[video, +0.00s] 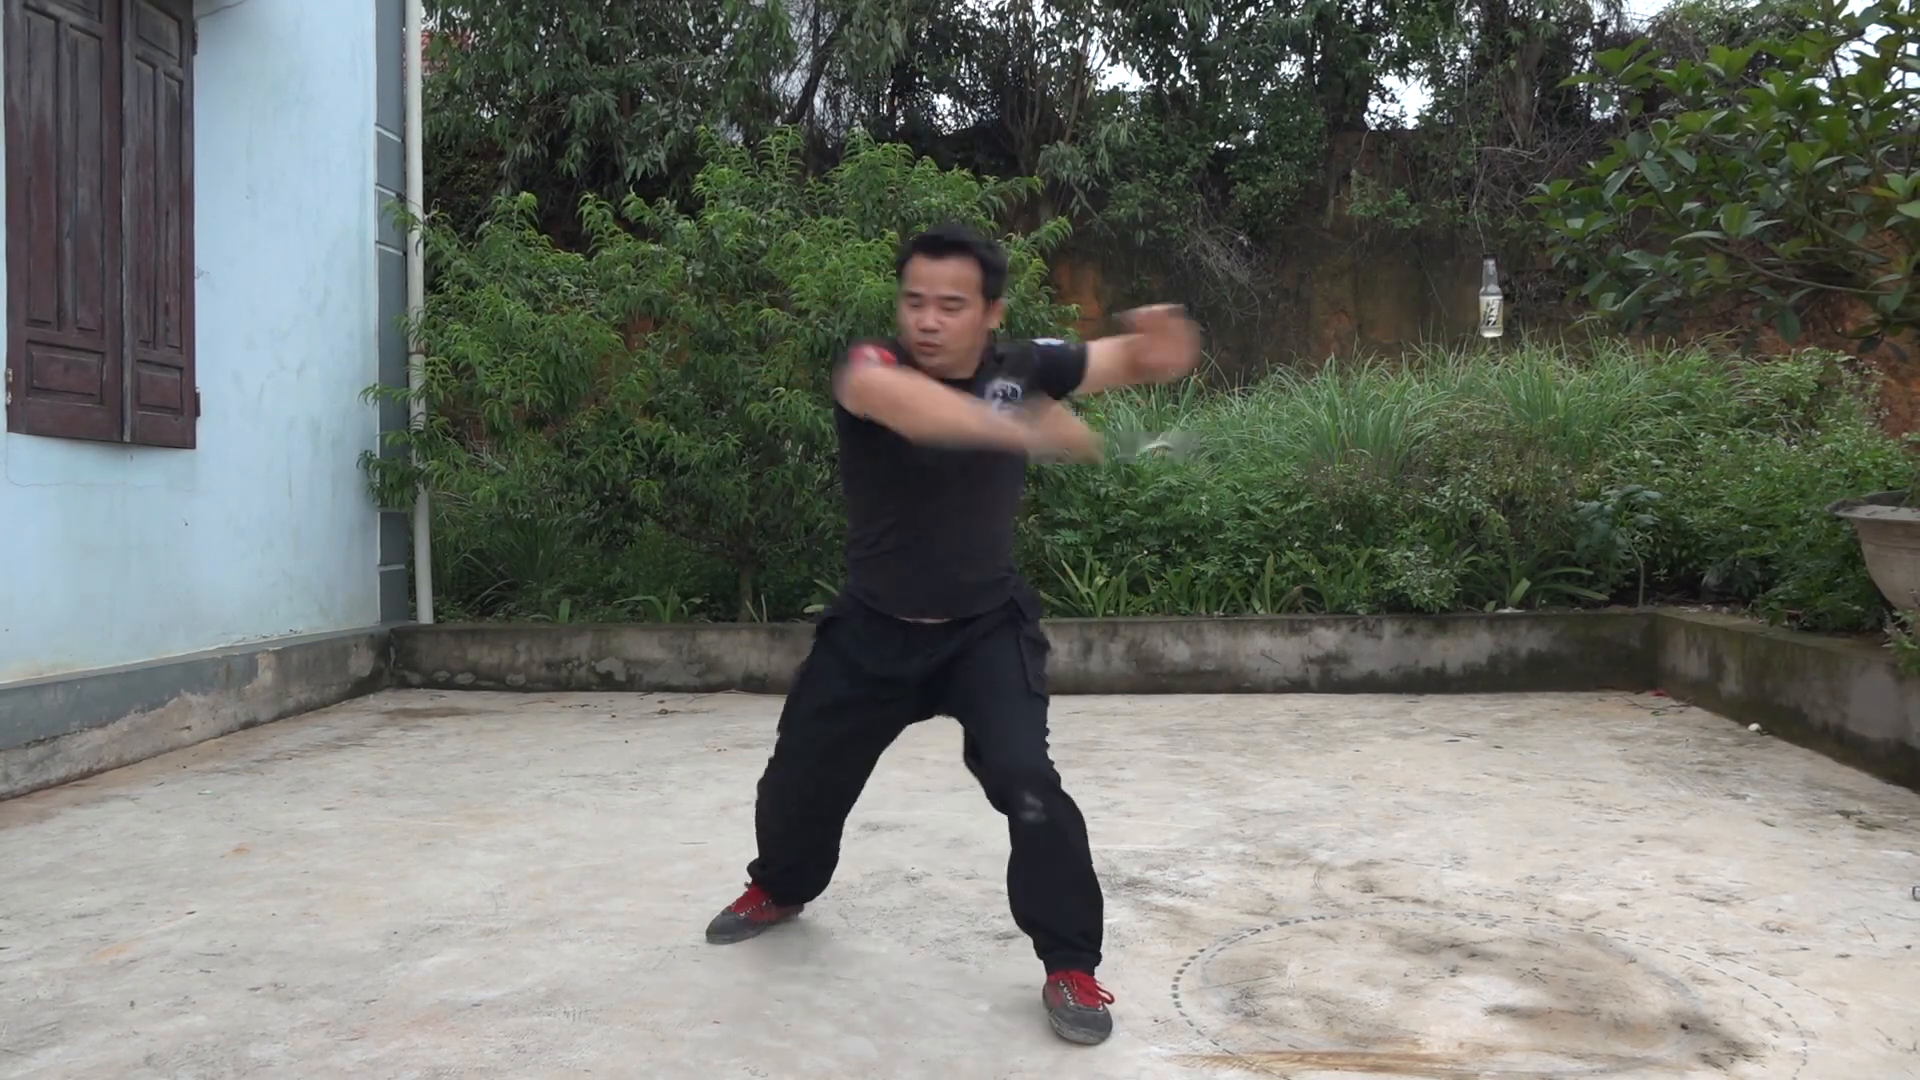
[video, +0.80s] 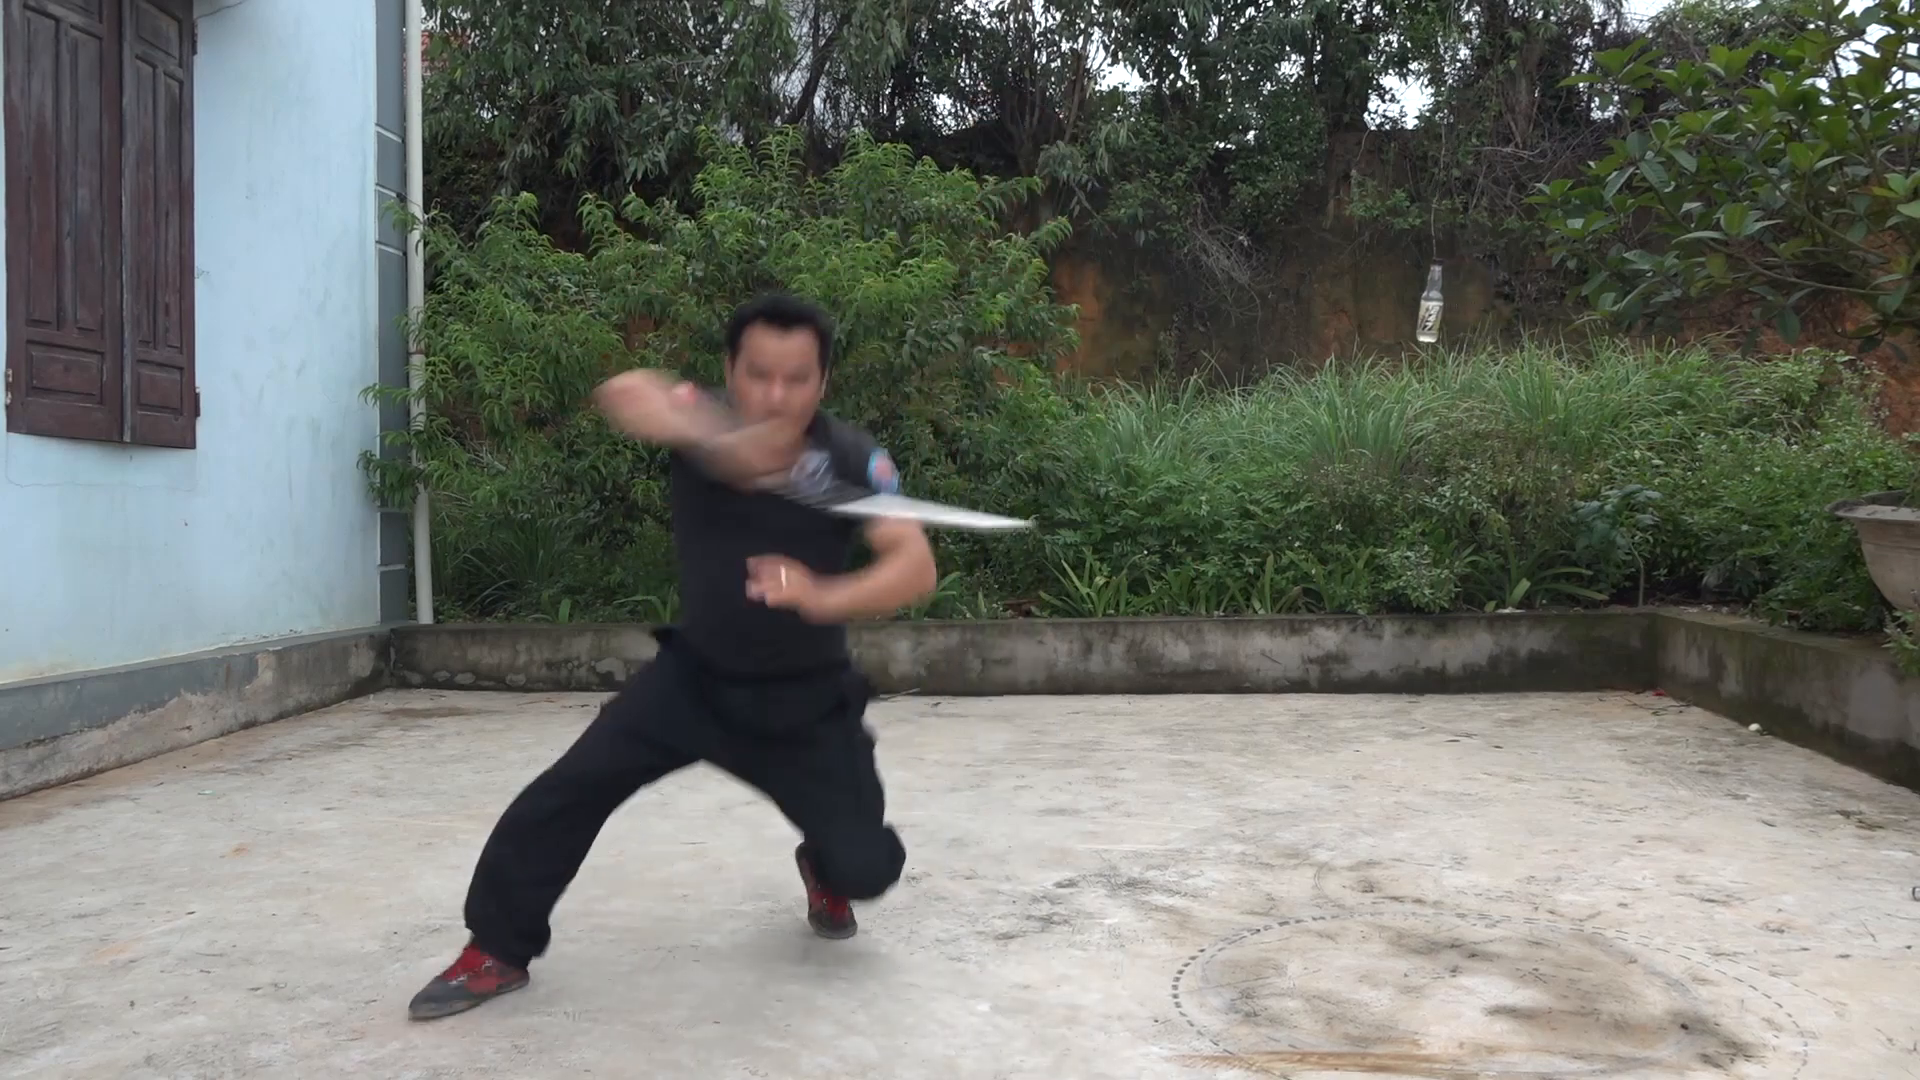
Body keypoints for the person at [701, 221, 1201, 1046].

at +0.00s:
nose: (929, 319)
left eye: (951, 304)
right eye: (915, 300)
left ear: (990, 316)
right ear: (898, 304)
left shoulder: (1018, 374)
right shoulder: (867, 365)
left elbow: (1129, 357)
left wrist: (1165, 345)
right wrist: (1023, 427)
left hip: (985, 632)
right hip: (870, 629)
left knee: (1027, 784)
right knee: (797, 778)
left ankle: (1070, 966)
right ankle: (781, 887)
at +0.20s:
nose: (831, 273)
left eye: (837, 257)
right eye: (832, 258)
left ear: (878, 261)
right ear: (884, 262)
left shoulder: (959, 352)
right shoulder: (871, 337)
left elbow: (1013, 480)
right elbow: (792, 347)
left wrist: (1030, 607)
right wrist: (695, 363)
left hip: (945, 600)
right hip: (878, 601)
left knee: (945, 772)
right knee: (830, 755)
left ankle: (1051, 963)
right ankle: (884, 923)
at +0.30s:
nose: (820, 276)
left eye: (821, 262)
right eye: (823, 262)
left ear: (833, 263)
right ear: (900, 263)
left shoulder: (858, 342)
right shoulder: (944, 339)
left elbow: (798, 463)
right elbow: (907, 452)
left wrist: (692, 527)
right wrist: (821, 424)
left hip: (884, 582)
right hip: (949, 578)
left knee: (809, 763)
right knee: (869, 752)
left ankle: (927, 911)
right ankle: (889, 917)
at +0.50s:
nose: (920, 273)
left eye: (919, 259)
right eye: (914, 258)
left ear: (838, 249)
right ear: (877, 249)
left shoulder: (763, 300)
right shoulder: (887, 294)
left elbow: (694, 254)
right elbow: (1015, 314)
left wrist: (753, 204)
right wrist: (1075, 202)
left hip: (759, 547)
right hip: (848, 549)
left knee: (806, 717)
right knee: (897, 735)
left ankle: (781, 904)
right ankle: (907, 924)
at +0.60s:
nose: (883, 265)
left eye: (889, 249)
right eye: (865, 248)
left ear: (888, 254)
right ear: (817, 254)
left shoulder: (833, 326)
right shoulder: (821, 307)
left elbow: (881, 365)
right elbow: (952, 232)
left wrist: (938, 400)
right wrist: (988, 146)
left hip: (792, 576)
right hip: (757, 574)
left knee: (842, 740)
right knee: (833, 745)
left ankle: (783, 903)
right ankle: (762, 931)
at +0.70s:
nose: (812, 302)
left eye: (829, 287)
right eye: (795, 288)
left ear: (852, 290)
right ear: (761, 295)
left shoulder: (861, 390)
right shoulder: (737, 350)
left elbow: (929, 480)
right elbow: (837, 296)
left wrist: (885, 521)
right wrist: (928, 266)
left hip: (818, 624)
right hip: (706, 610)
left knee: (886, 780)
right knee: (624, 753)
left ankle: (787, 873)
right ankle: (543, 931)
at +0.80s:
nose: (776, 396)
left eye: (796, 379)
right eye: (760, 375)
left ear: (821, 383)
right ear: (732, 373)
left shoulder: (855, 460)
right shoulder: (703, 418)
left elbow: (916, 571)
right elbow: (618, 395)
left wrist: (819, 595)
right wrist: (712, 435)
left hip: (808, 701)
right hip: (693, 682)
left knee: (866, 867)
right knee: (564, 796)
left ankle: (823, 872)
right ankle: (500, 950)